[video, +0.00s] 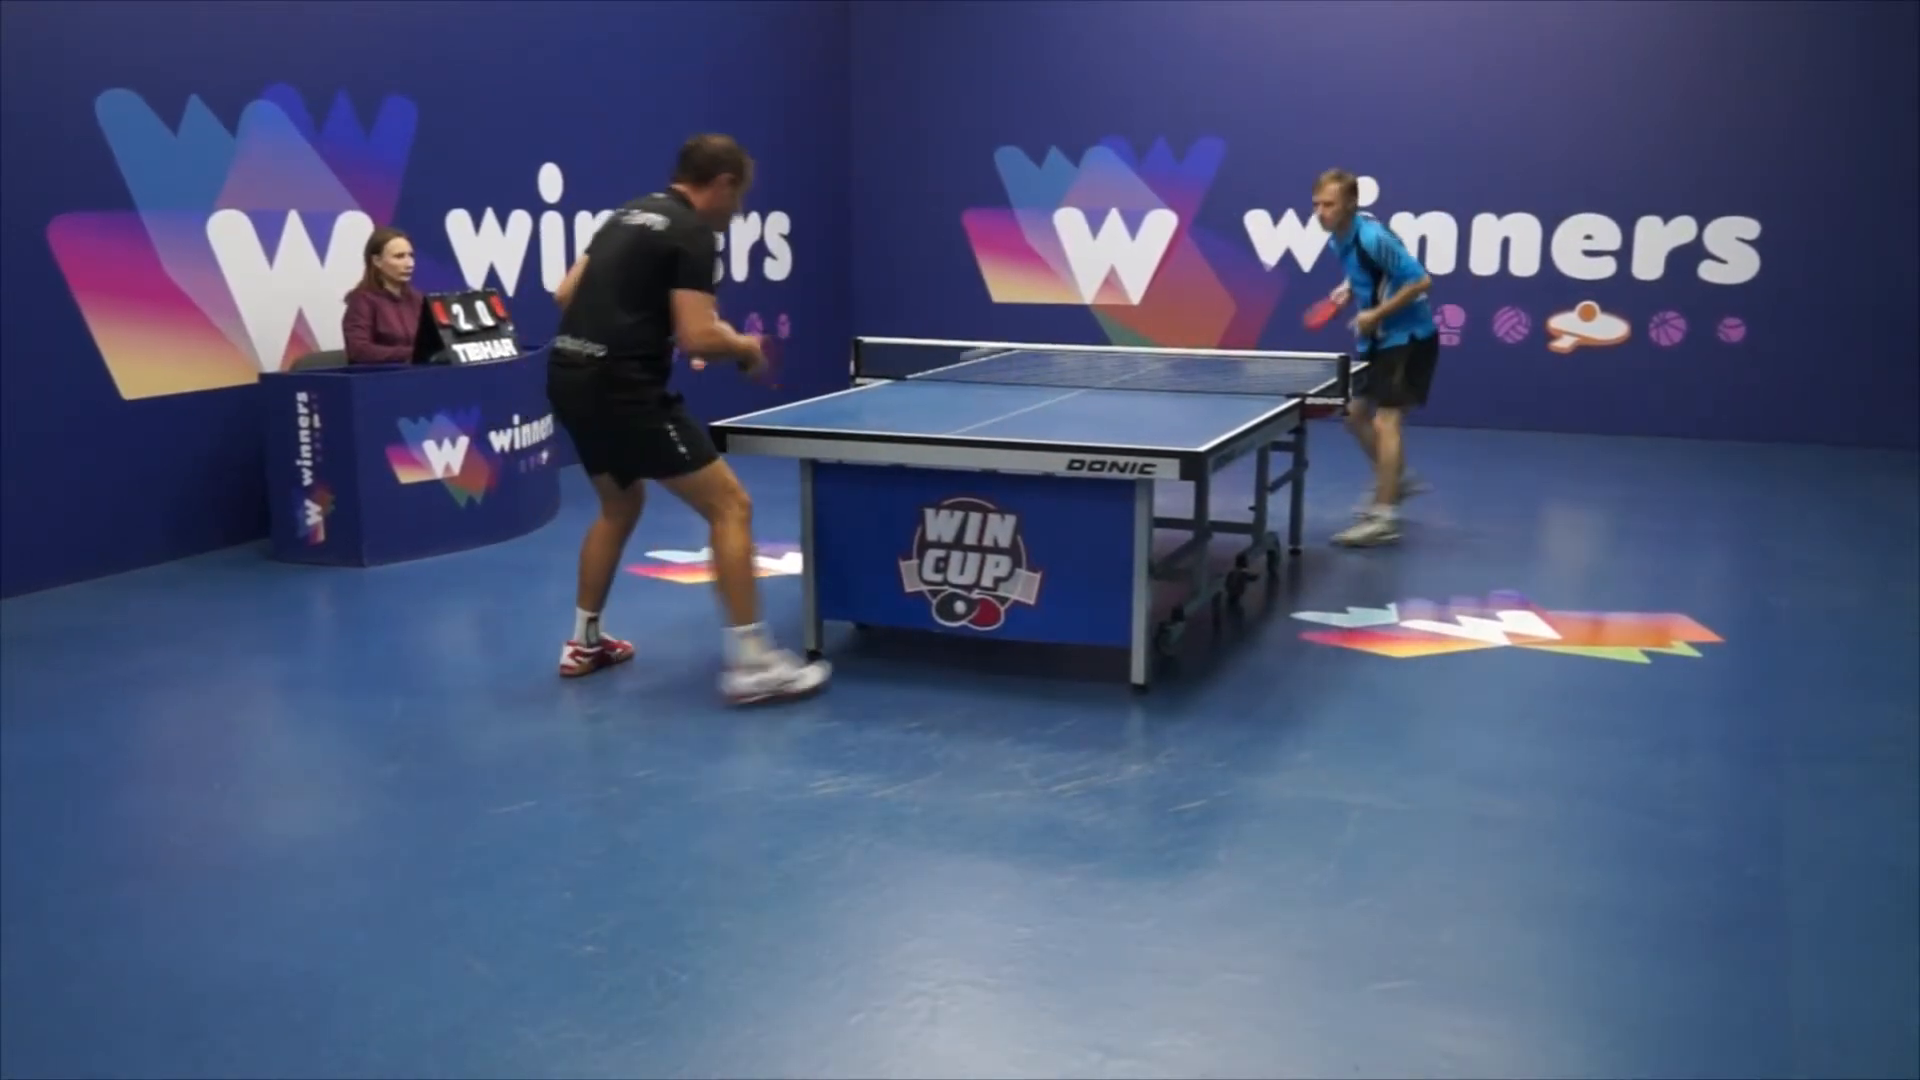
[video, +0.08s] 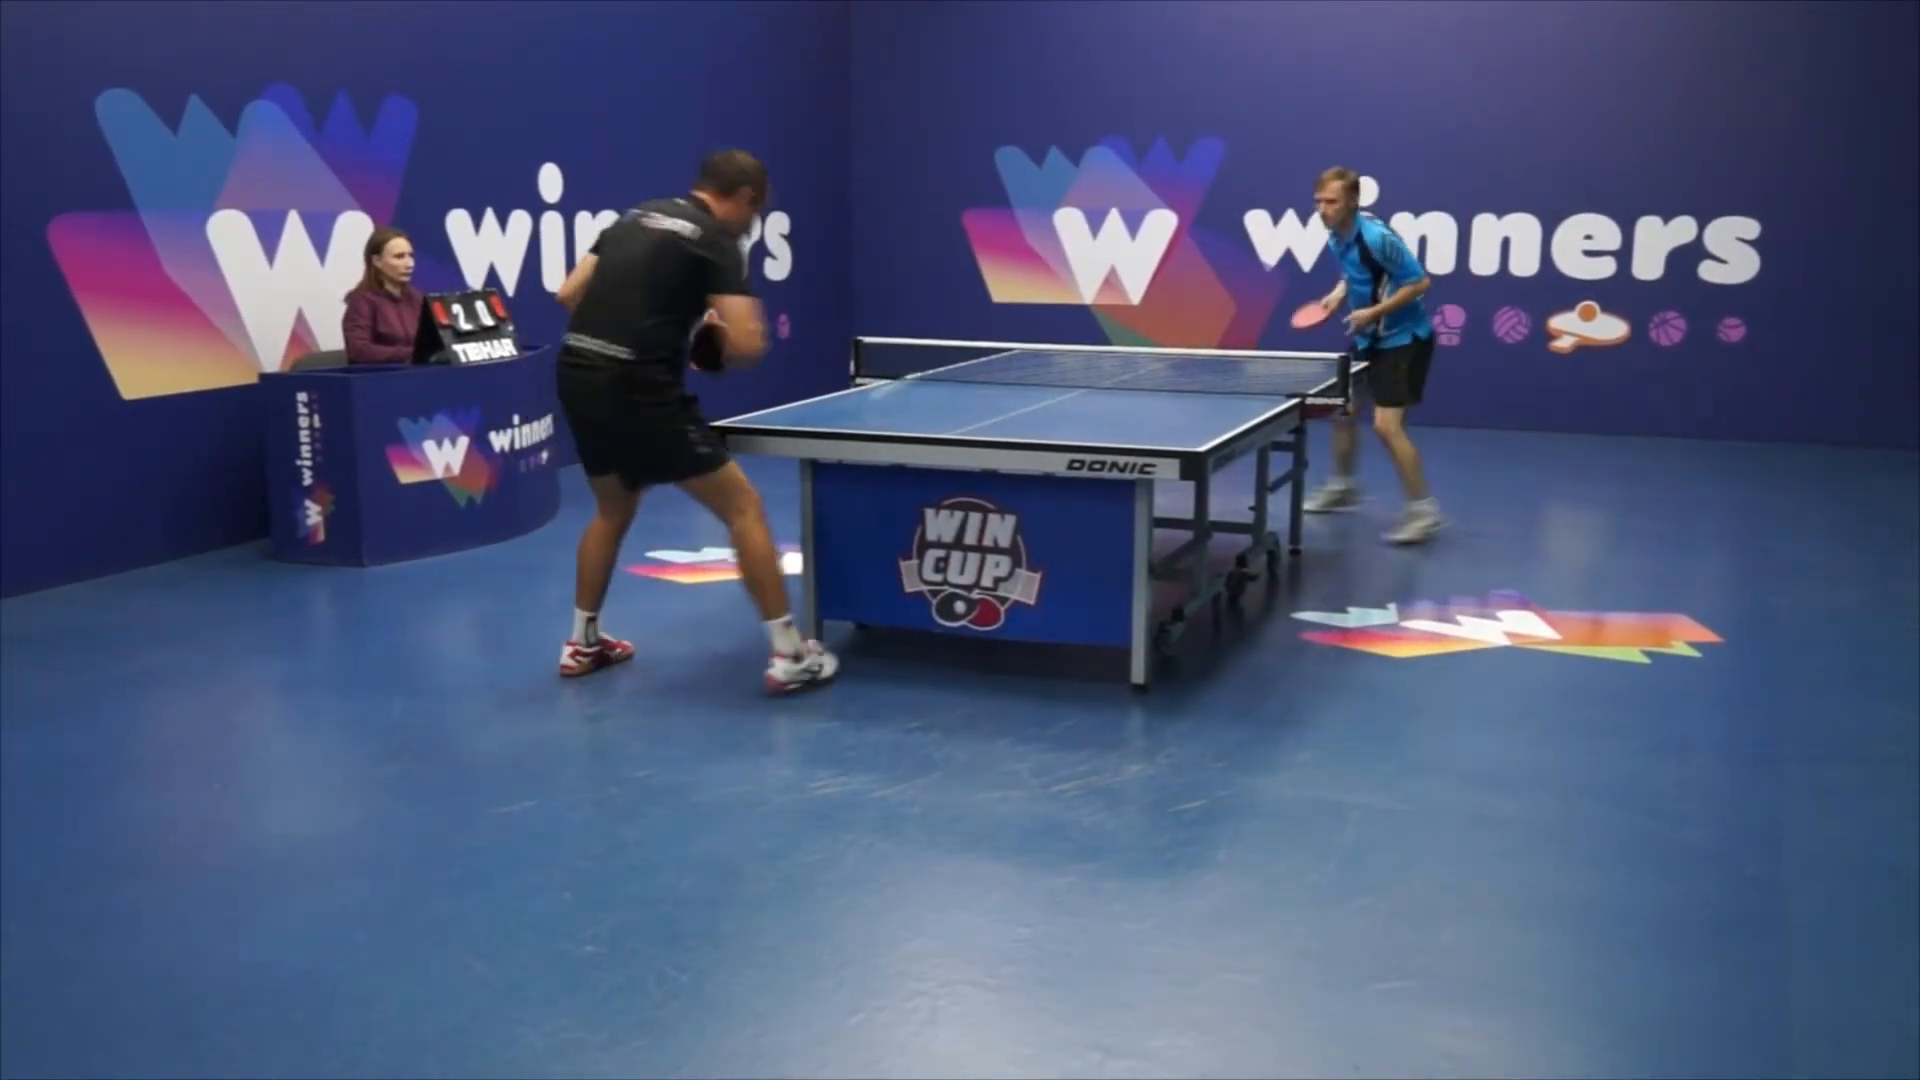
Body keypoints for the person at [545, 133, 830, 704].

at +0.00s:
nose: (736, 211)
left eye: (739, 200)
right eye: (737, 198)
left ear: (685, 179)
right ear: (717, 185)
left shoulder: (628, 214)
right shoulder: (691, 232)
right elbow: (698, 336)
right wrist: (745, 345)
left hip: (570, 375)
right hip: (623, 382)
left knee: (619, 505)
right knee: (729, 506)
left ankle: (584, 642)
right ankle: (750, 659)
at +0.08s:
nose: (751, 224)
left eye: (754, 213)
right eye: (754, 212)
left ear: (702, 184)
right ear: (740, 199)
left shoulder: (635, 218)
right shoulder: (718, 243)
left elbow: (570, 292)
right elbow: (746, 346)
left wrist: (627, 318)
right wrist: (717, 330)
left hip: (578, 372)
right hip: (640, 383)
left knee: (613, 508)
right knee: (742, 508)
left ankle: (583, 640)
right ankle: (789, 650)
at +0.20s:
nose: (769, 240)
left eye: (773, 232)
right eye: (773, 231)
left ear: (718, 204)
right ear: (763, 221)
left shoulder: (649, 231)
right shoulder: (756, 266)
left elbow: (577, 296)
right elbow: (813, 362)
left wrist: (608, 342)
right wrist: (766, 353)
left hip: (606, 387)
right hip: (676, 397)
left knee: (613, 510)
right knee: (765, 512)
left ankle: (580, 643)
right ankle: (786, 661)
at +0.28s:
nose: (776, 236)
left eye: (777, 229)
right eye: (778, 228)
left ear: (720, 210)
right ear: (769, 223)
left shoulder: (658, 236)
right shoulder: (773, 276)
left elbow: (590, 301)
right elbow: (835, 366)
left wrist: (602, 361)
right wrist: (804, 358)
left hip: (623, 399)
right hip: (698, 410)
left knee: (612, 516)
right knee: (777, 513)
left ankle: (578, 643)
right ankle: (788, 661)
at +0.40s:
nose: (777, 228)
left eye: (778, 220)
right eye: (779, 220)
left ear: (717, 209)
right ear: (769, 217)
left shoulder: (661, 236)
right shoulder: (779, 274)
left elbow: (602, 303)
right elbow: (844, 363)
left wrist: (600, 373)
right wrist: (808, 356)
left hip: (632, 407)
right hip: (712, 414)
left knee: (600, 523)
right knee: (776, 517)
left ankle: (564, 651)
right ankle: (787, 661)